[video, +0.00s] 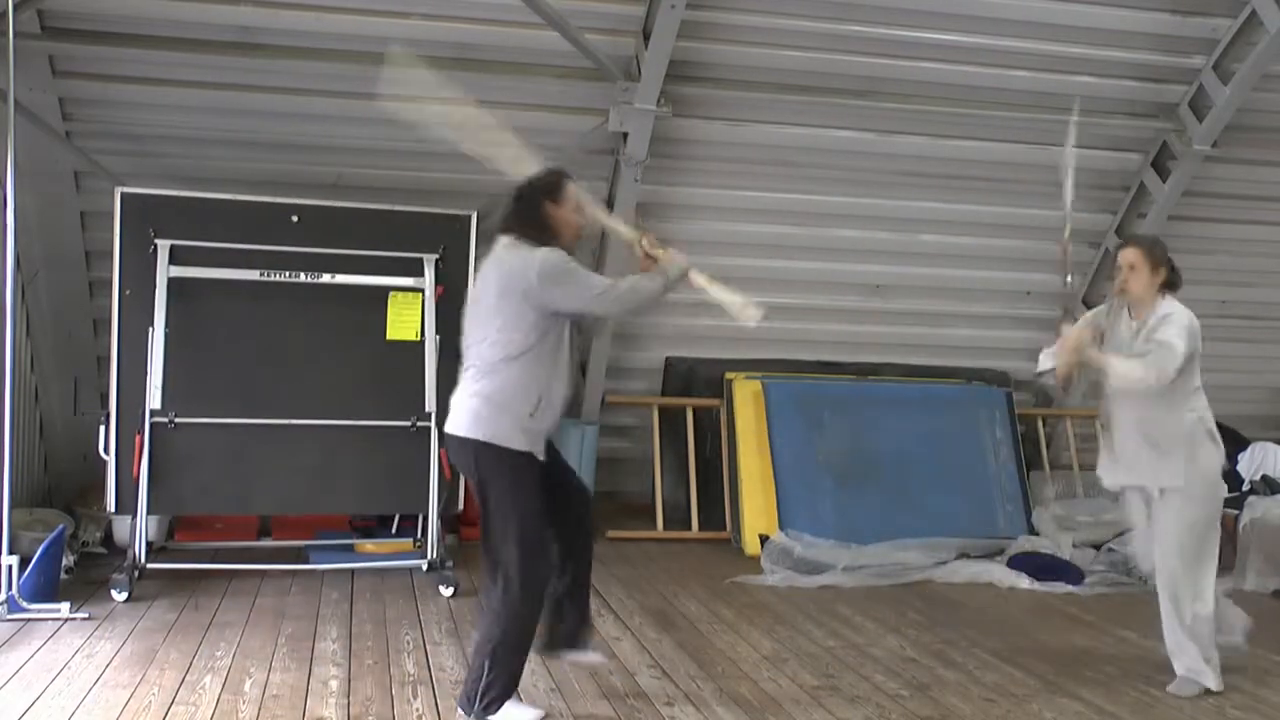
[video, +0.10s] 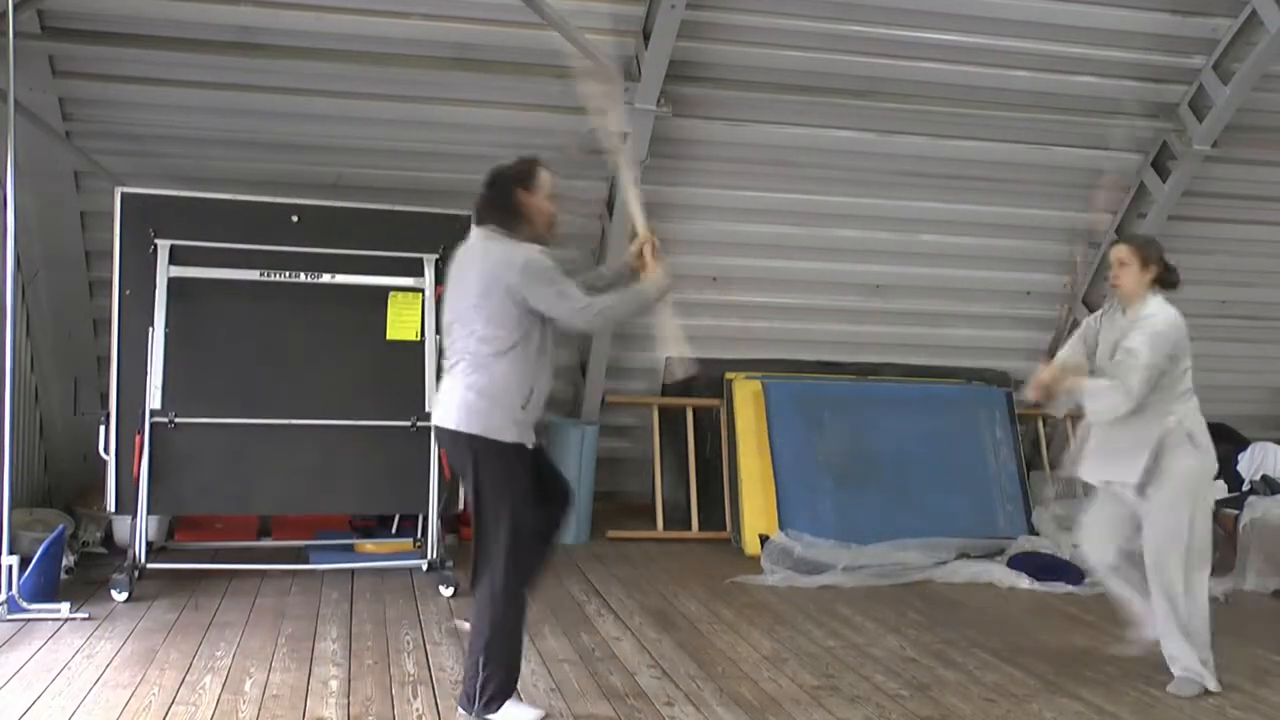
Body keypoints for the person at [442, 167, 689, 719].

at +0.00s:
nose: (582, 215)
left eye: (581, 206)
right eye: (573, 206)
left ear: (537, 210)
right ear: (547, 210)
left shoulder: (507, 257)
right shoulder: (537, 264)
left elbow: (590, 300)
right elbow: (611, 299)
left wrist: (638, 273)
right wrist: (667, 274)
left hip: (499, 430)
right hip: (495, 435)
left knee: (573, 508)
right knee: (523, 564)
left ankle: (567, 635)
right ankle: (484, 700)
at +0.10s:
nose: (554, 206)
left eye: (552, 195)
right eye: (545, 195)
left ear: (506, 201)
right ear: (517, 200)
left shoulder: (474, 250)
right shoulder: (518, 259)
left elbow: (561, 296)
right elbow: (584, 315)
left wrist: (625, 267)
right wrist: (651, 286)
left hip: (462, 418)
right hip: (490, 427)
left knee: (551, 497)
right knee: (501, 561)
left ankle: (489, 606)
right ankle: (485, 699)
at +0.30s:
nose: (506, 208)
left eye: (504, 198)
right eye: (499, 199)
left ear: (466, 203)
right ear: (473, 202)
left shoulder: (436, 252)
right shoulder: (467, 263)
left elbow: (533, 287)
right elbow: (524, 336)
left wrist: (603, 275)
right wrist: (599, 302)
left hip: (433, 422)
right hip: (461, 430)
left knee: (457, 543)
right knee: (491, 557)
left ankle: (381, 636)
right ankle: (485, 697)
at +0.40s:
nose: (484, 213)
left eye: (481, 203)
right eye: (477, 204)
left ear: (445, 208)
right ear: (453, 208)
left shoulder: (414, 256)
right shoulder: (445, 267)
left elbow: (512, 268)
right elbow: (494, 340)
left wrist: (582, 286)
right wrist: (564, 303)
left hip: (407, 429)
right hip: (443, 436)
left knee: (417, 551)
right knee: (482, 560)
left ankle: (353, 655)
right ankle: (484, 697)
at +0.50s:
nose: (457, 217)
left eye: (455, 207)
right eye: (450, 207)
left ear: (417, 211)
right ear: (424, 210)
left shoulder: (388, 256)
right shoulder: (416, 271)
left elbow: (466, 277)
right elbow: (465, 342)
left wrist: (520, 276)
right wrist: (513, 298)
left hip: (373, 431)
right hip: (408, 439)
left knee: (384, 550)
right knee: (464, 549)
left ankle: (345, 661)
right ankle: (466, 686)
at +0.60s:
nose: (442, 213)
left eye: (440, 204)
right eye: (435, 203)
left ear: (405, 206)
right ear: (409, 205)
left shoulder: (375, 251)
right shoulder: (401, 265)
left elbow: (452, 276)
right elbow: (449, 336)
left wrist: (506, 276)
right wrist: (493, 291)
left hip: (362, 426)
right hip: (389, 432)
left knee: (377, 549)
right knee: (445, 541)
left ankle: (343, 661)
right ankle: (402, 665)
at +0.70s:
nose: (421, 208)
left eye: (420, 199)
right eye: (413, 198)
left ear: (384, 198)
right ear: (386, 198)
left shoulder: (363, 244)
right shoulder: (369, 250)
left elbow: (419, 300)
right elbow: (417, 335)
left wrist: (466, 285)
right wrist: (492, 312)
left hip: (351, 421)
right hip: (362, 425)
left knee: (362, 539)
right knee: (414, 535)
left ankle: (351, 657)